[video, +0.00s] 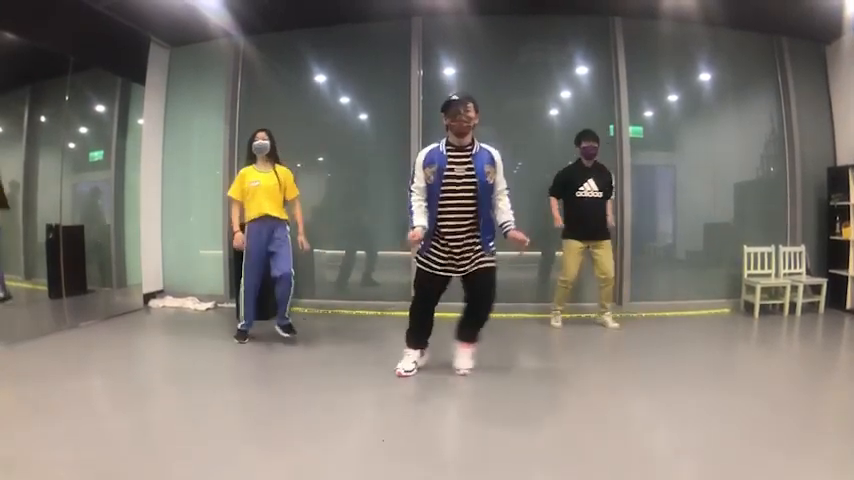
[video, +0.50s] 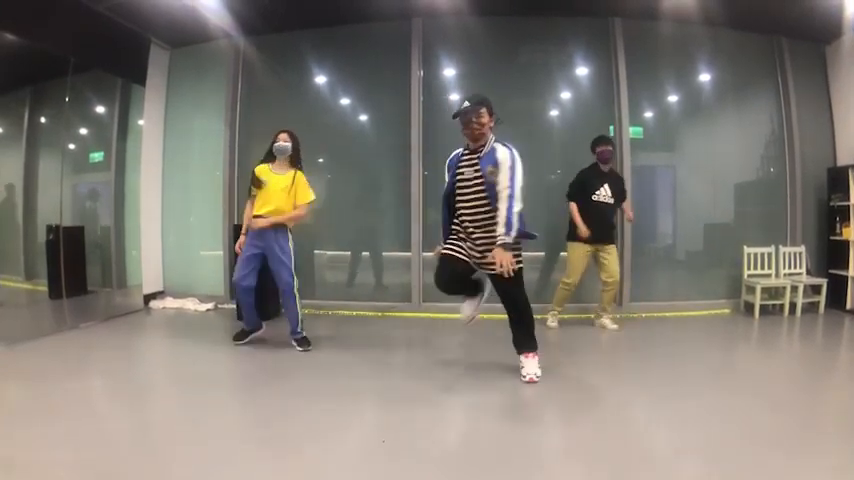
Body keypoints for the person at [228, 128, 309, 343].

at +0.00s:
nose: (261, 142)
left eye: (265, 139)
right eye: (257, 139)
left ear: (272, 145)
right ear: (251, 146)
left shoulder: (283, 172)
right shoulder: (245, 173)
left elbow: (295, 203)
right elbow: (236, 202)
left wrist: (301, 232)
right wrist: (237, 230)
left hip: (279, 225)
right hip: (254, 225)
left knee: (285, 273)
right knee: (251, 276)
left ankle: (283, 320)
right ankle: (245, 323)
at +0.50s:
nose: (281, 144)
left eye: (286, 141)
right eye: (278, 140)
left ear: (294, 148)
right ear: (272, 146)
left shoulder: (297, 176)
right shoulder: (260, 170)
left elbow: (302, 212)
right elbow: (251, 202)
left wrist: (269, 221)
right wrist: (243, 234)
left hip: (279, 234)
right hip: (254, 232)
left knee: (287, 283)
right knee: (241, 280)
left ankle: (297, 333)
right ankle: (252, 325)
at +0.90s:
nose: (247, 149)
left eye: (252, 145)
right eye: (245, 145)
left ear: (261, 150)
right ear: (241, 149)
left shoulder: (264, 174)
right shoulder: (238, 176)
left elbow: (281, 202)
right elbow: (236, 204)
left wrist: (252, 209)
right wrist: (225, 219)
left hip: (253, 232)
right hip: (233, 231)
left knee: (266, 286)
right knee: (220, 283)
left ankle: (293, 334)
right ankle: (223, 335)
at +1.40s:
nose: (240, 150)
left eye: (245, 146)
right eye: (236, 146)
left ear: (252, 152)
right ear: (230, 152)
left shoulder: (262, 180)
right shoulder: (221, 178)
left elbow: (279, 210)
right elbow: (205, 206)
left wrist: (269, 229)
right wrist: (216, 226)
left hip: (251, 236)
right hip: (226, 235)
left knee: (254, 288)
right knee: (221, 289)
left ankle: (277, 334)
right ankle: (214, 335)